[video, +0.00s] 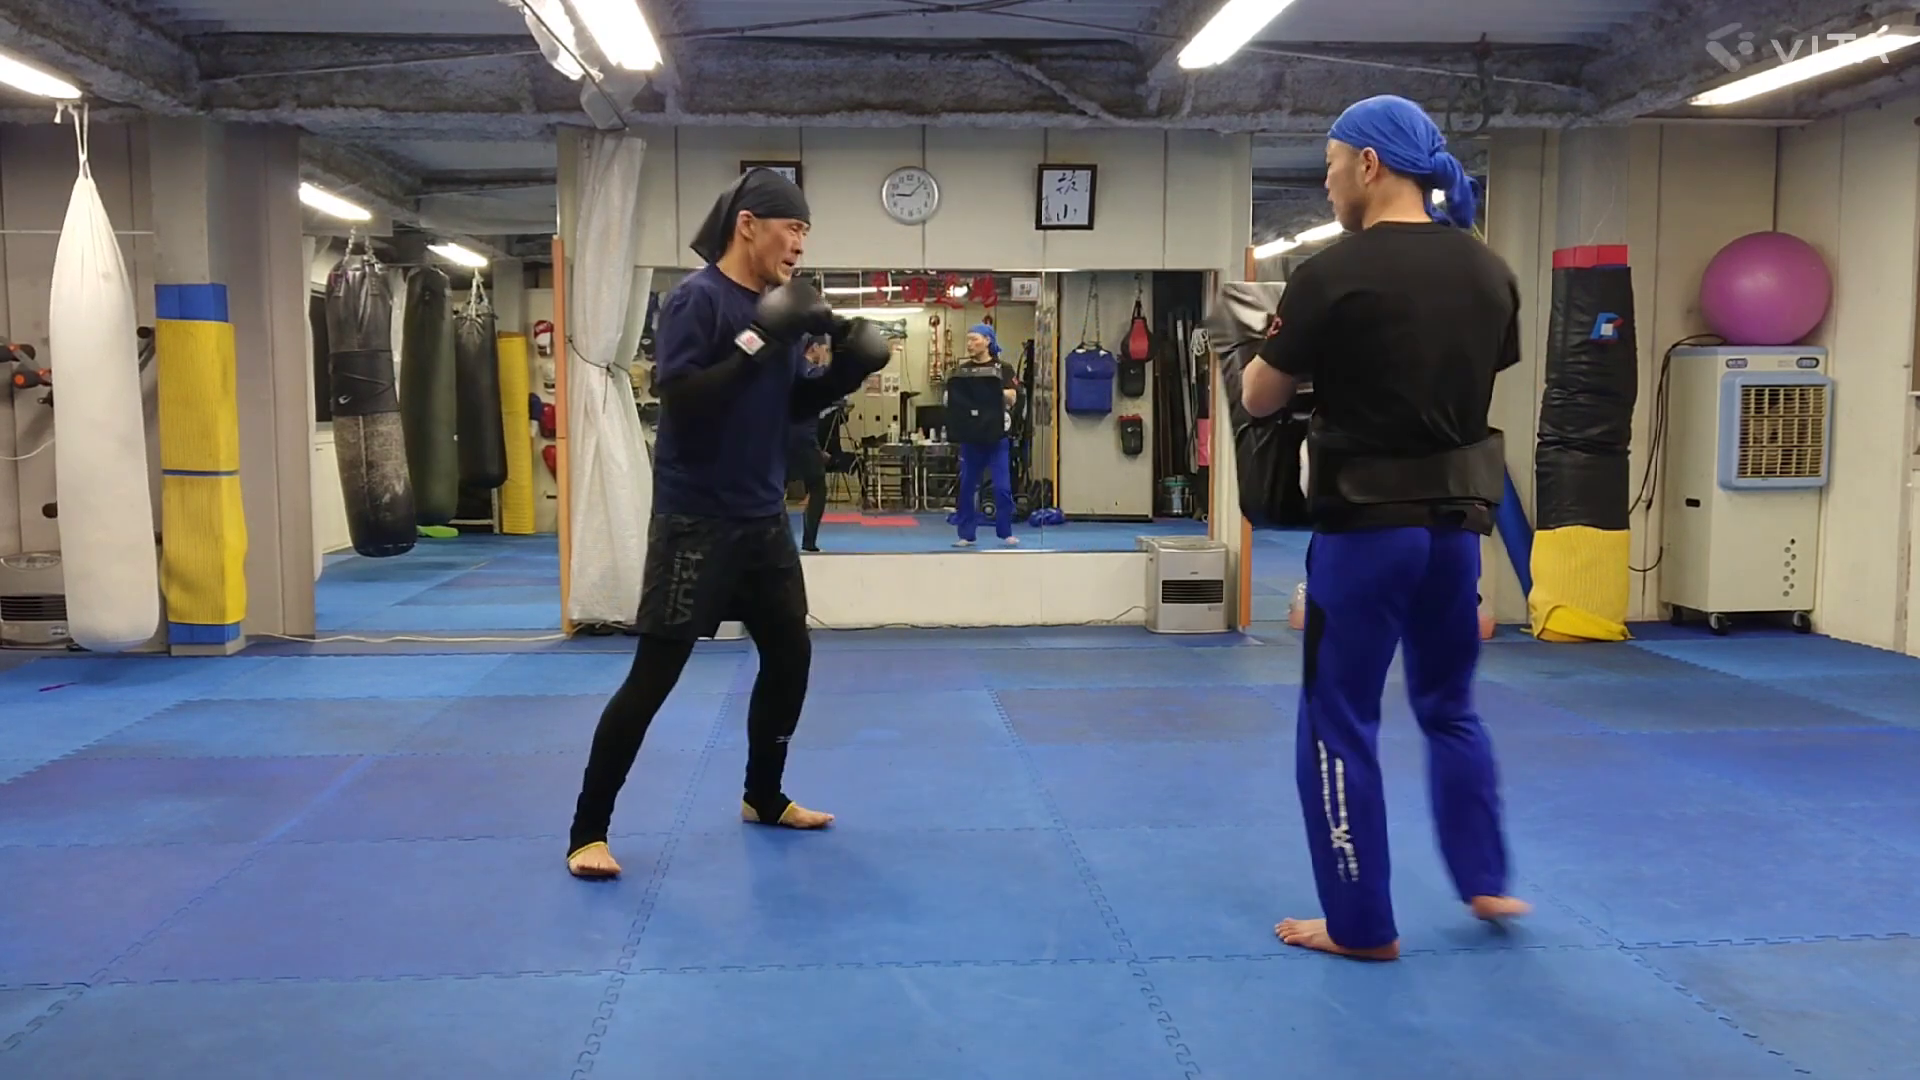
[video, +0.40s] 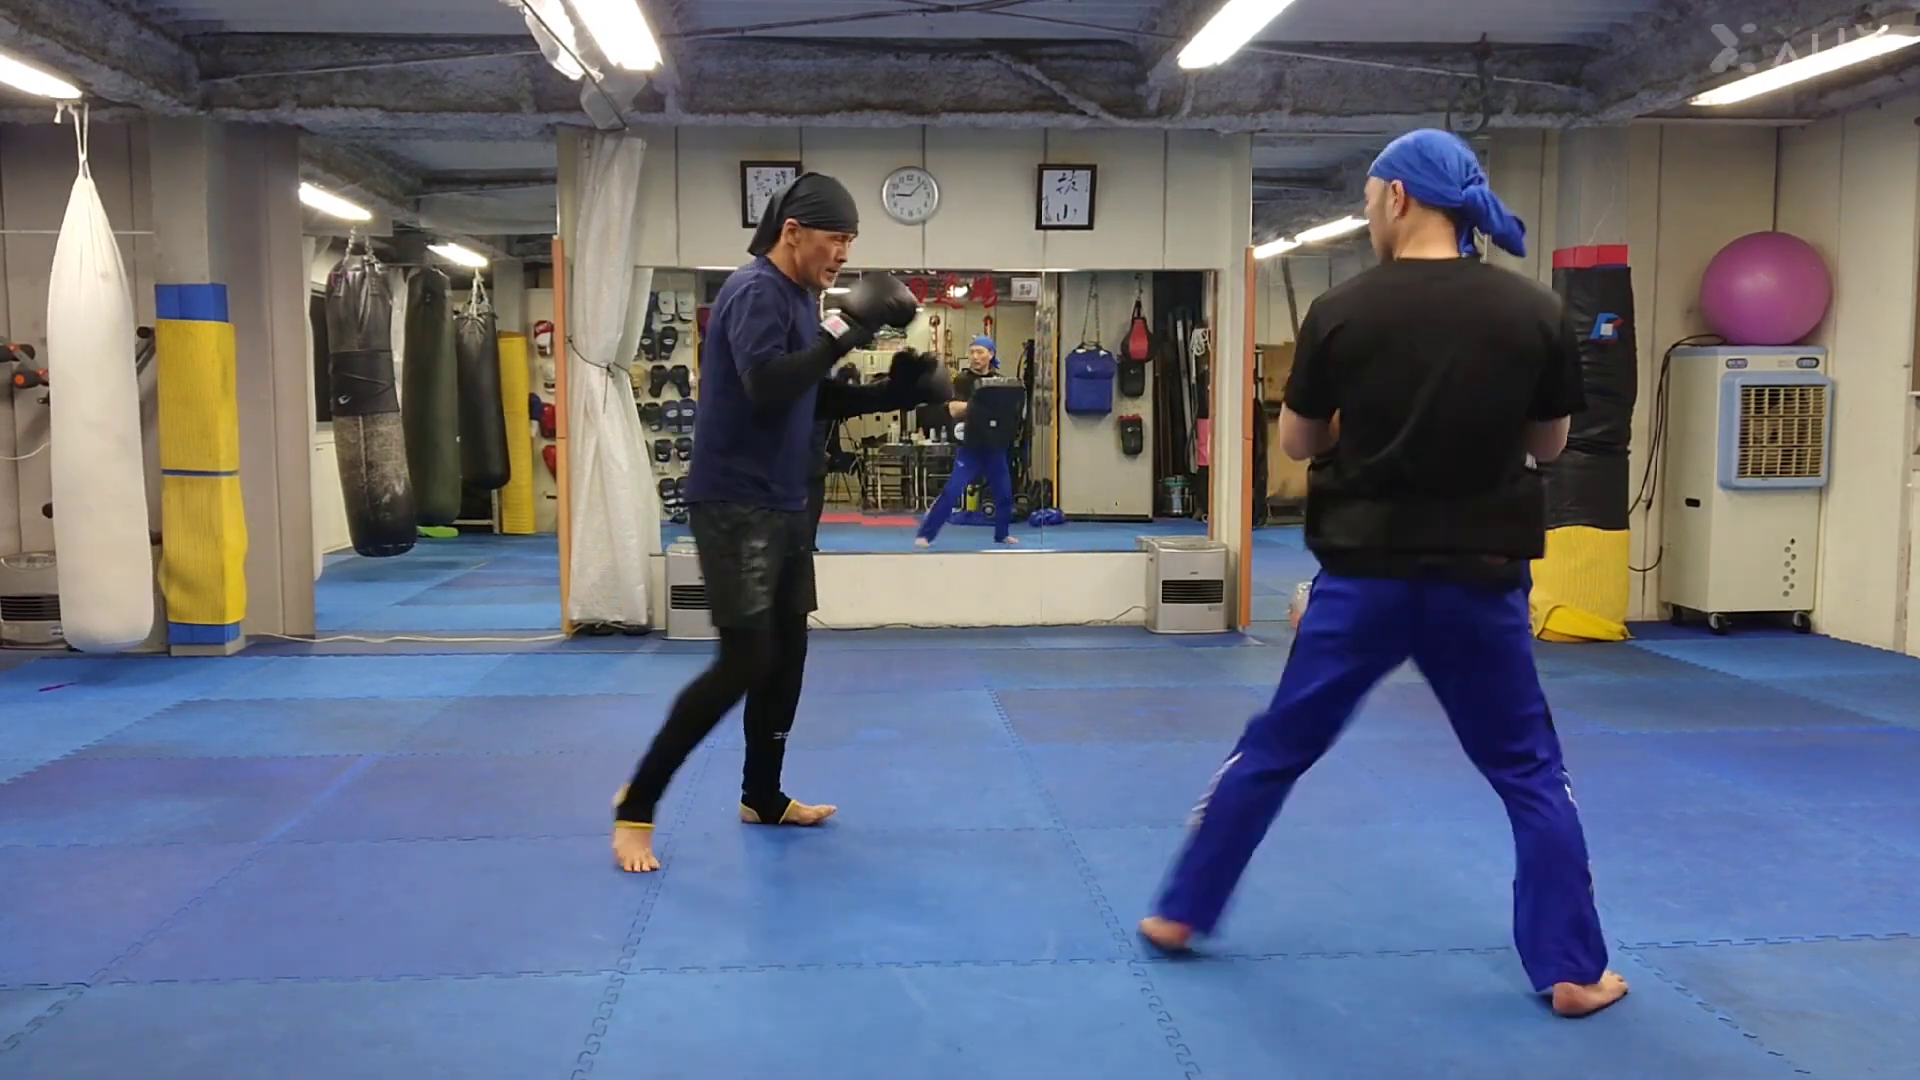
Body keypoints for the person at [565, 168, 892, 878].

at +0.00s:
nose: (798, 248)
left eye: (803, 236)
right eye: (789, 233)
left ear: (786, 238)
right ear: (745, 225)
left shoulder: (779, 313)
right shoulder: (695, 299)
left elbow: (793, 407)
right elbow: (677, 394)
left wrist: (847, 371)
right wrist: (756, 346)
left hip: (762, 521)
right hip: (694, 523)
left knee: (789, 655)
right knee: (653, 677)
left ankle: (764, 797)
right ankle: (588, 834)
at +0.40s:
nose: (844, 256)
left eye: (848, 242)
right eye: (835, 240)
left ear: (816, 241)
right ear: (792, 232)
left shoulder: (801, 304)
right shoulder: (759, 292)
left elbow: (815, 406)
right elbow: (767, 386)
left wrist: (894, 391)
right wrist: (845, 329)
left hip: (785, 508)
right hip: (735, 507)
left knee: (785, 656)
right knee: (747, 658)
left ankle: (763, 797)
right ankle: (636, 806)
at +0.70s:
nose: (863, 230)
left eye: (867, 218)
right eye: (849, 219)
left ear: (869, 225)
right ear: (813, 223)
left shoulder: (870, 288)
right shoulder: (775, 295)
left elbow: (936, 299)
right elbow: (708, 382)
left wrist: (843, 256)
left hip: (850, 504)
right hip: (804, 504)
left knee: (822, 654)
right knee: (861, 666)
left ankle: (768, 788)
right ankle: (914, 850)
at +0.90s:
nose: (826, 230)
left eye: (828, 217)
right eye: (812, 218)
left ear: (823, 223)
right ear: (763, 224)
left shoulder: (855, 281)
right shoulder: (728, 320)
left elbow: (945, 334)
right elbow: (662, 416)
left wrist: (1027, 381)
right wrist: (660, 393)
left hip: (934, 455)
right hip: (861, 515)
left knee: (1034, 478)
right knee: (887, 692)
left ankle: (1089, 525)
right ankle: (920, 856)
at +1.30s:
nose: (916, 219)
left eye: (918, 206)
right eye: (905, 204)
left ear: (894, 207)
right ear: (857, 200)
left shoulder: (904, 283)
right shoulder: (808, 297)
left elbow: (957, 367)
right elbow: (816, 405)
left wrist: (1031, 353)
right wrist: (882, 334)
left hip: (949, 480)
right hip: (885, 514)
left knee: (1050, 584)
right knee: (911, 691)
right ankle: (923, 860)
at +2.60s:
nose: (1002, 205)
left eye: (1008, 189)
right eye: (982, 193)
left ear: (1021, 197)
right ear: (934, 208)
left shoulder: (1066, 264)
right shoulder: (930, 310)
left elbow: (1153, 341)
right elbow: (912, 427)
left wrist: (1239, 355)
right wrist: (929, 309)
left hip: (1144, 443)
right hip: (1060, 511)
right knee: (1070, 724)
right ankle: (1099, 919)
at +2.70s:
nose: (1023, 199)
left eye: (1031, 183)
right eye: (1003, 184)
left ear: (1046, 193)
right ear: (957, 199)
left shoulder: (1088, 263)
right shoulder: (948, 302)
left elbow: (1150, 354)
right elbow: (926, 425)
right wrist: (957, 317)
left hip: (1152, 474)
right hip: (1063, 514)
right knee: (1069, 725)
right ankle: (1099, 917)